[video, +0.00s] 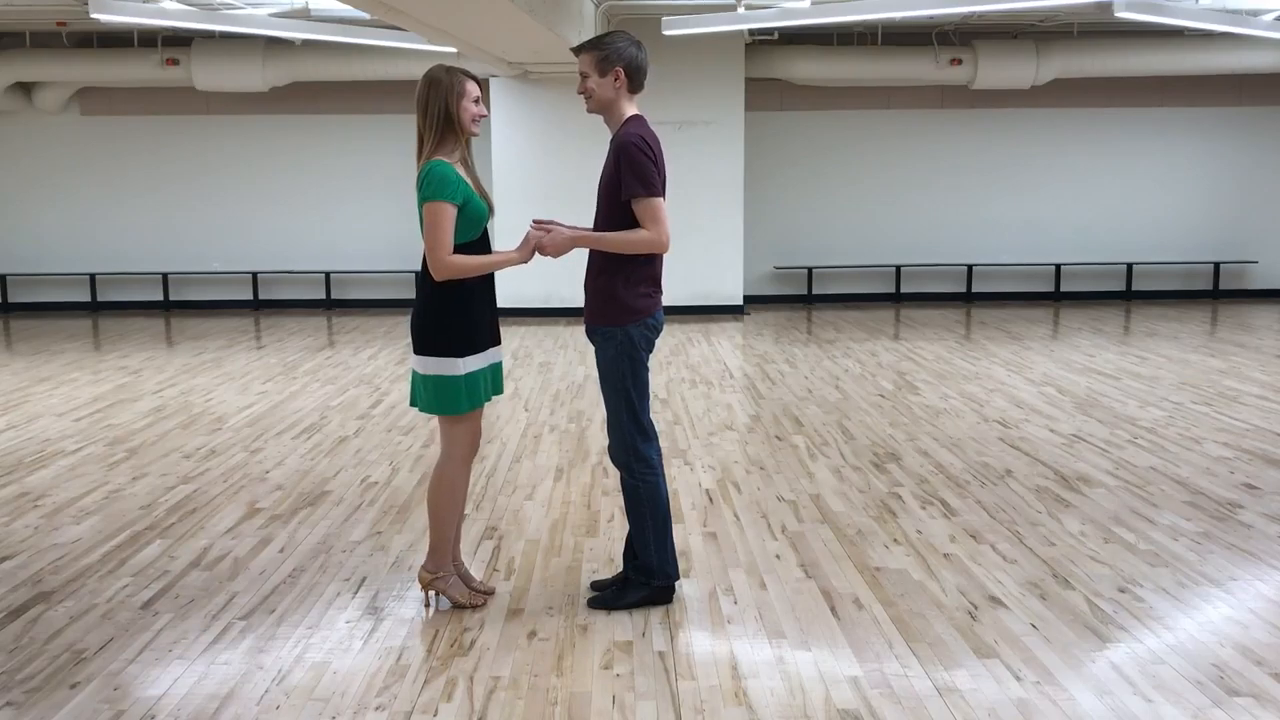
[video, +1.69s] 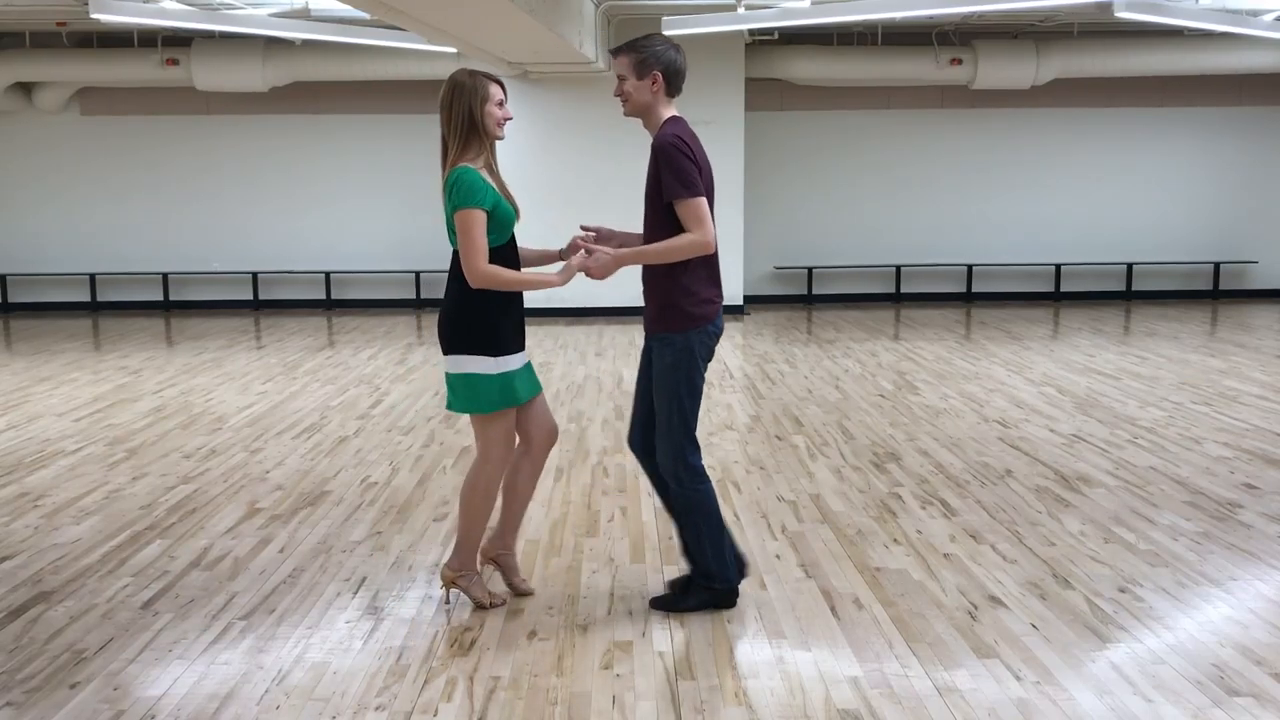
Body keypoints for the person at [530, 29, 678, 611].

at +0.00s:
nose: (579, 88)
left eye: (586, 77)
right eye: (579, 78)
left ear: (616, 77)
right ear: (617, 78)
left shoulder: (634, 142)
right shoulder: (626, 139)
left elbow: (657, 238)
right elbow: (629, 232)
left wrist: (575, 238)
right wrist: (567, 234)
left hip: (627, 320)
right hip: (620, 317)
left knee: (634, 449)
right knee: (630, 447)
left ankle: (655, 576)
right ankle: (645, 568)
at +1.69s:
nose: (616, 92)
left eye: (622, 81)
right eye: (615, 82)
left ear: (656, 81)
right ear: (653, 84)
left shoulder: (673, 143)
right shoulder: (669, 139)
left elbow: (702, 238)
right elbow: (676, 235)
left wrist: (622, 259)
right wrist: (616, 240)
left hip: (686, 324)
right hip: (672, 323)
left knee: (672, 447)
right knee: (646, 439)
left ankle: (716, 578)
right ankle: (717, 557)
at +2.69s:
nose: (573, 85)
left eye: (580, 74)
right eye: (573, 75)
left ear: (612, 77)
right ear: (612, 79)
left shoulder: (628, 139)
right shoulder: (625, 136)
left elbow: (648, 240)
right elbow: (626, 233)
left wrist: (574, 235)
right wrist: (568, 234)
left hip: (622, 318)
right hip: (615, 315)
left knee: (600, 446)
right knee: (607, 443)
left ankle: (678, 556)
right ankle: (630, 566)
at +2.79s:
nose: (565, 84)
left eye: (572, 74)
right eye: (566, 74)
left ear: (603, 77)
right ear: (604, 78)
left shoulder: (620, 143)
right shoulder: (616, 139)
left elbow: (641, 242)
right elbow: (619, 236)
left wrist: (560, 251)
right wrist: (556, 254)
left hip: (610, 320)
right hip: (611, 316)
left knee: (570, 442)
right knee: (606, 436)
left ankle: (628, 569)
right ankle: (637, 567)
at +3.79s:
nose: (586, 85)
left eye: (591, 74)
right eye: (586, 74)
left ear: (623, 74)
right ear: (622, 77)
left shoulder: (641, 136)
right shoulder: (640, 133)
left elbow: (667, 231)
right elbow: (641, 226)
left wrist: (587, 224)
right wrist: (581, 214)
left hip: (645, 320)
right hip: (629, 317)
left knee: (654, 445)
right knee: (609, 434)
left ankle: (710, 570)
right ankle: (630, 563)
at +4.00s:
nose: (607, 88)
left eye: (613, 77)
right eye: (607, 78)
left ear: (645, 78)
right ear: (645, 80)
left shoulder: (663, 141)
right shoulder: (663, 137)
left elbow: (687, 239)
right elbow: (667, 236)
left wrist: (607, 263)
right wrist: (607, 241)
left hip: (677, 322)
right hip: (660, 320)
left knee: (668, 446)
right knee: (636, 436)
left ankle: (713, 580)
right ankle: (685, 565)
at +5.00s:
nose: (577, 82)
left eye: (583, 72)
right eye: (577, 72)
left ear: (614, 75)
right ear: (614, 77)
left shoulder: (627, 139)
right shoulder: (633, 134)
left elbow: (644, 236)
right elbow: (634, 224)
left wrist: (572, 217)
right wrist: (578, 224)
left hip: (629, 318)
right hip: (619, 316)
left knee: (615, 442)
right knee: (607, 440)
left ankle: (696, 558)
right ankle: (632, 568)